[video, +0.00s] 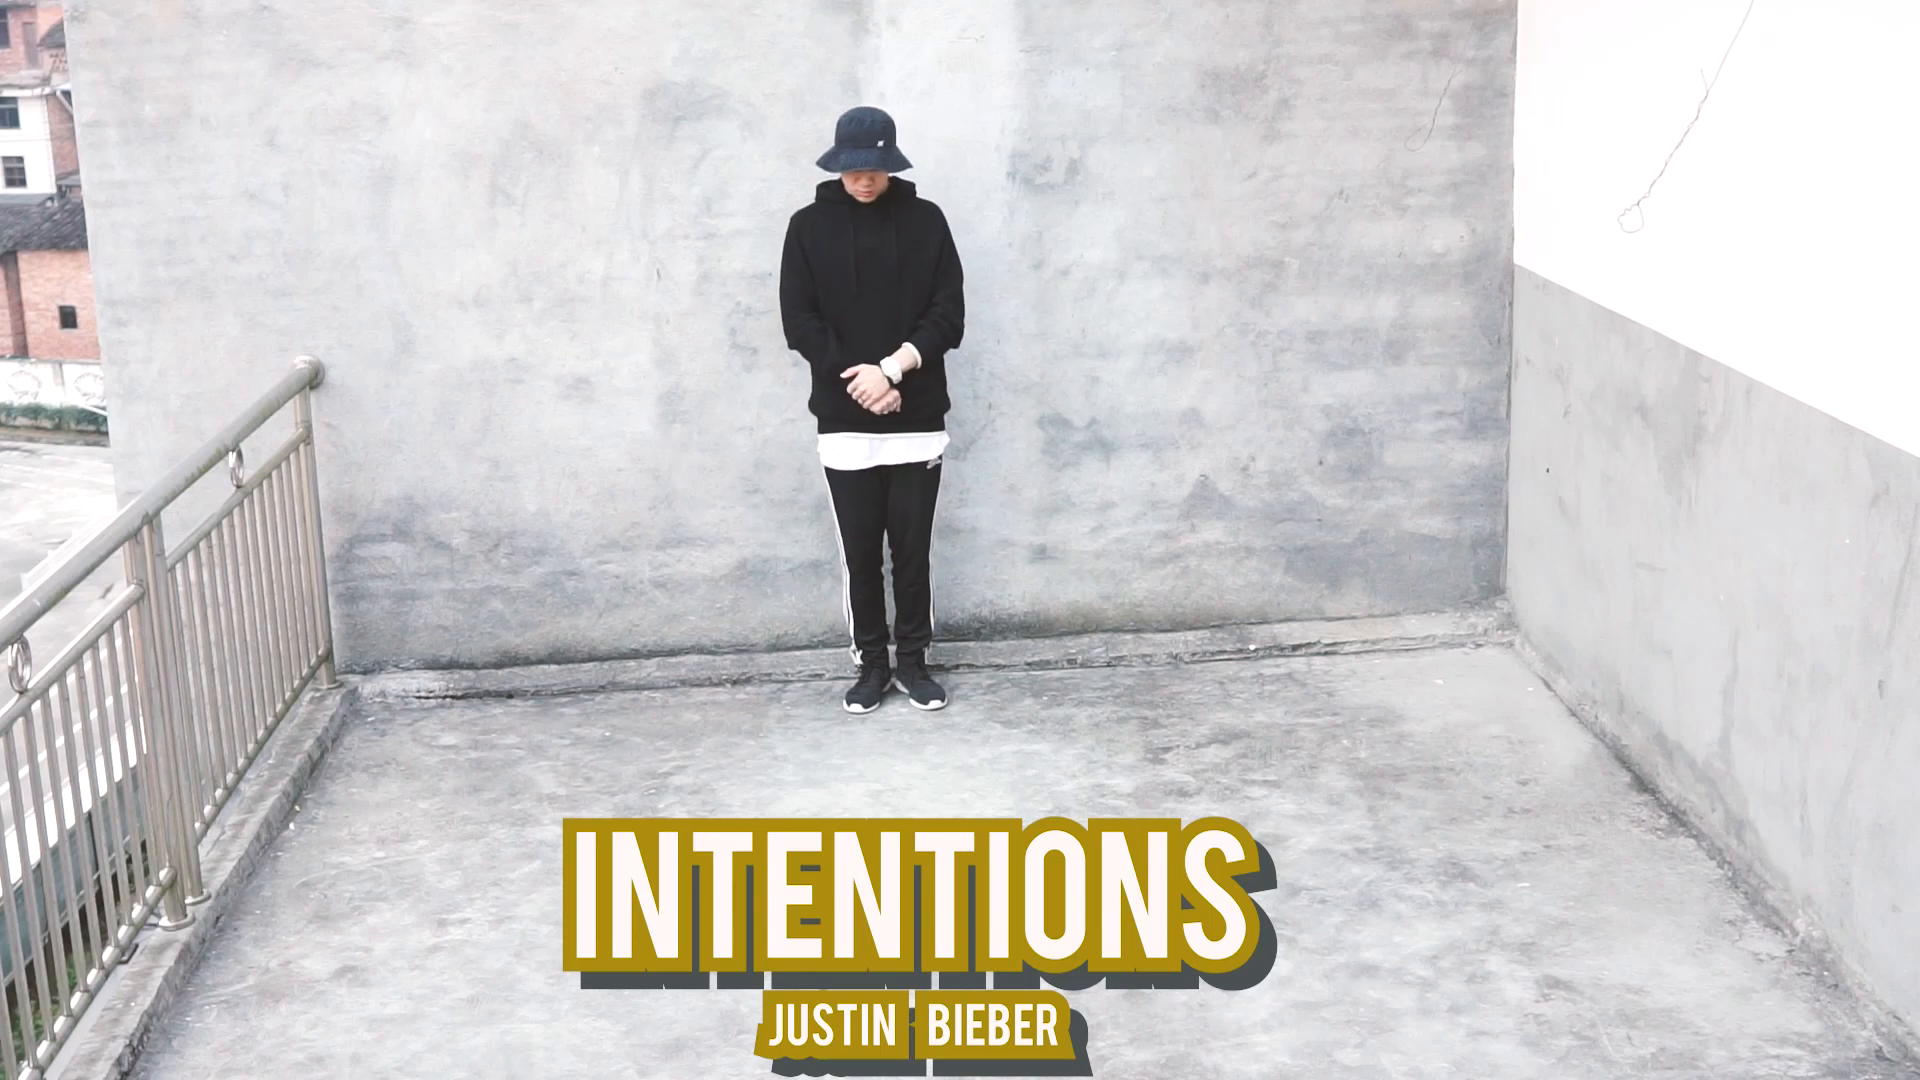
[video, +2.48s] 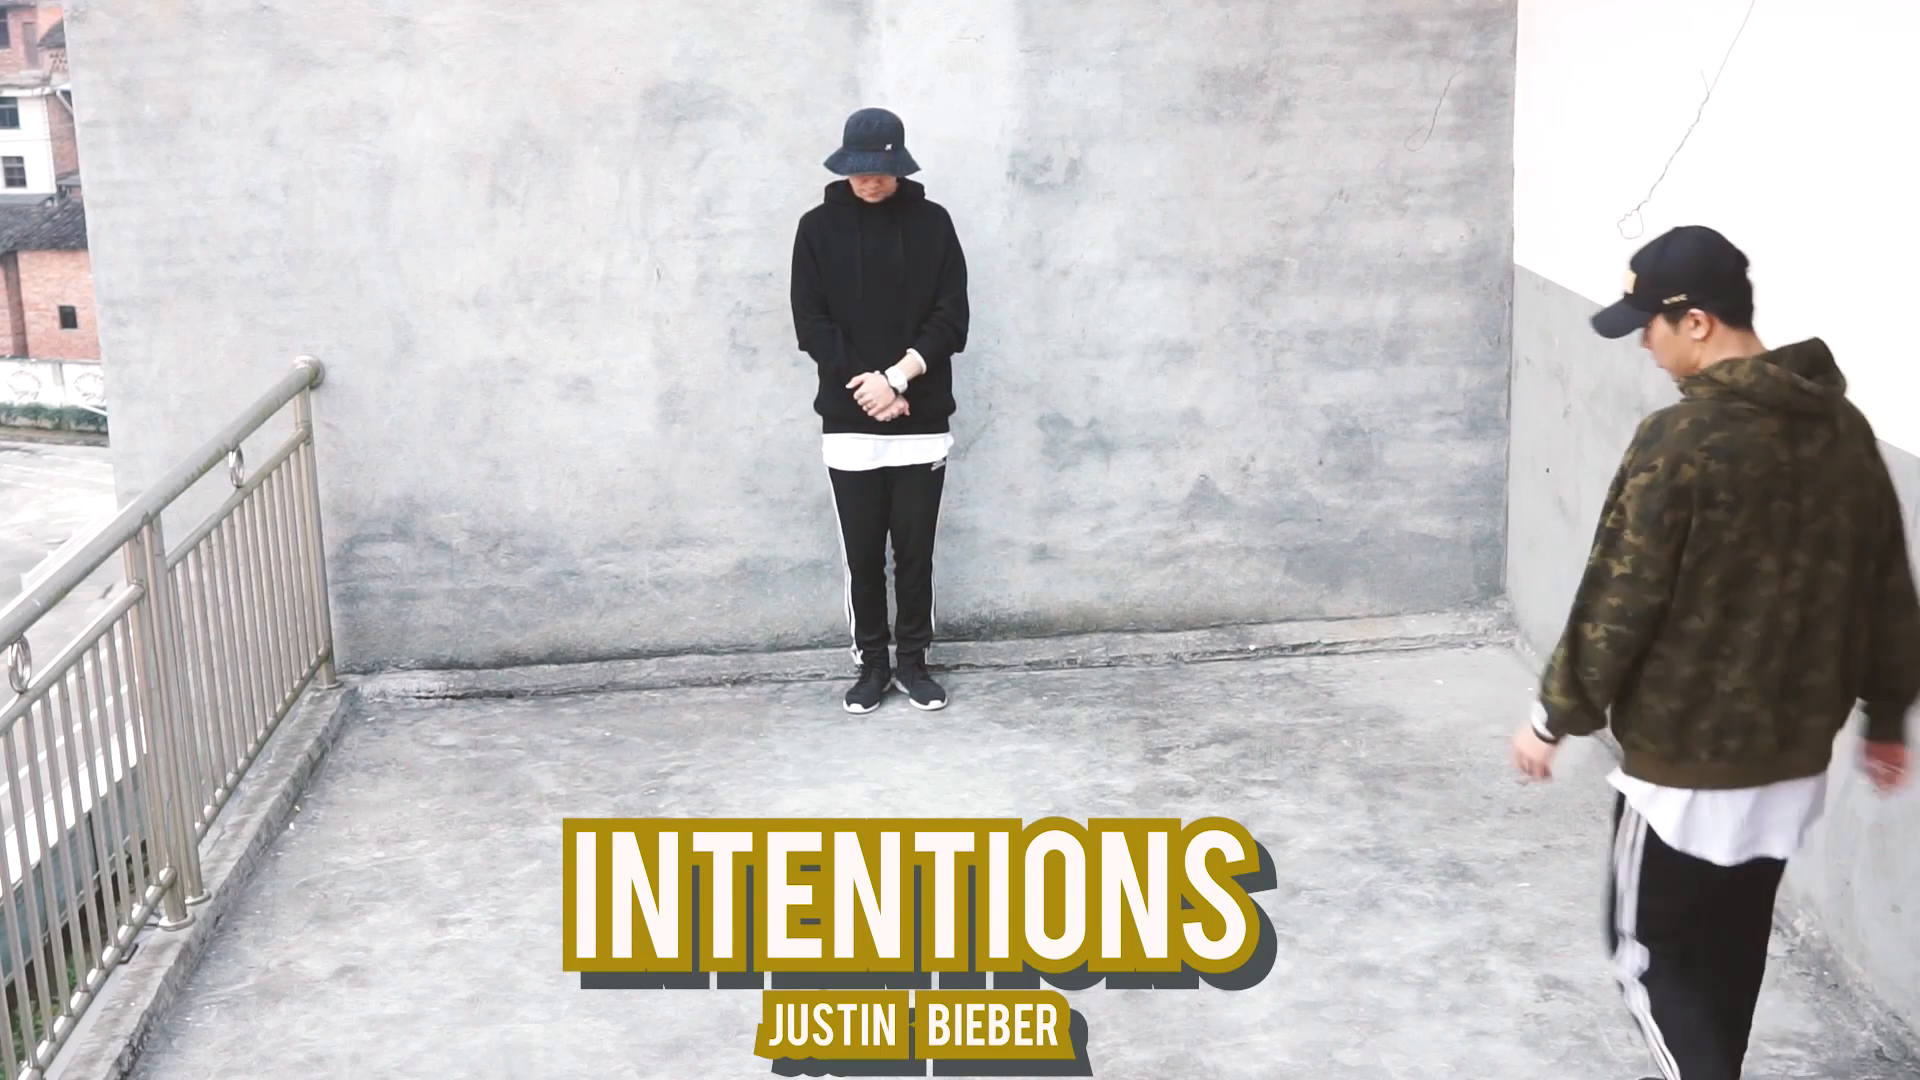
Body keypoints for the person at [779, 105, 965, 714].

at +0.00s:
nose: (864, 180)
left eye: (874, 169)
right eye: (853, 169)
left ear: (892, 166)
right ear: (837, 167)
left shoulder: (925, 219)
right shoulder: (809, 225)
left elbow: (949, 314)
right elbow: (799, 322)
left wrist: (893, 365)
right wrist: (860, 380)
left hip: (917, 412)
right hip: (843, 415)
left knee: (911, 548)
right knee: (860, 551)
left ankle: (913, 663)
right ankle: (872, 666)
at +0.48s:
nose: (863, 182)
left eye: (873, 171)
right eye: (852, 171)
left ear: (891, 167)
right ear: (835, 169)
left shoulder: (924, 219)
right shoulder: (809, 225)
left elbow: (947, 315)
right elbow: (802, 322)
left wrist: (892, 368)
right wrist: (859, 383)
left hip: (917, 412)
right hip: (843, 415)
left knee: (911, 548)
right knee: (860, 551)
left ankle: (913, 663)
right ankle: (872, 666)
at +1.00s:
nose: (861, 181)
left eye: (872, 171)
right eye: (851, 171)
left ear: (891, 166)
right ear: (835, 168)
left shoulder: (924, 219)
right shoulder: (809, 225)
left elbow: (947, 315)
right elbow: (802, 322)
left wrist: (892, 369)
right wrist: (859, 383)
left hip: (917, 412)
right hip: (843, 415)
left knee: (911, 548)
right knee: (860, 551)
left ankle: (913, 663)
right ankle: (872, 666)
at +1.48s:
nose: (864, 182)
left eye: (874, 171)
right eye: (853, 172)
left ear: (894, 167)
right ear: (838, 169)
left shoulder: (926, 220)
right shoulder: (813, 226)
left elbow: (948, 317)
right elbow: (805, 323)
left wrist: (893, 372)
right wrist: (863, 386)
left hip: (918, 414)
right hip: (844, 417)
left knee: (912, 548)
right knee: (861, 552)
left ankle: (913, 663)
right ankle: (872, 666)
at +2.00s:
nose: (868, 181)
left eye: (879, 171)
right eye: (857, 171)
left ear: (898, 167)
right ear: (842, 169)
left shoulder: (930, 222)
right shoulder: (817, 225)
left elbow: (950, 317)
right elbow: (808, 322)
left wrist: (896, 373)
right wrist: (865, 387)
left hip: (920, 415)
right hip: (846, 417)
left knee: (914, 549)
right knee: (862, 552)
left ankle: (913, 662)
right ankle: (872, 666)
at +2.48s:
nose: (870, 181)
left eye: (881, 170)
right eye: (860, 170)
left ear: (900, 167)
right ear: (844, 168)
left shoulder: (932, 221)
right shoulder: (818, 226)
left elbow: (952, 317)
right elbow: (810, 323)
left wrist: (897, 373)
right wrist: (866, 386)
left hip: (922, 415)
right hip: (847, 418)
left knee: (914, 551)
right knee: (863, 554)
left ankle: (913, 664)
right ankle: (872, 667)